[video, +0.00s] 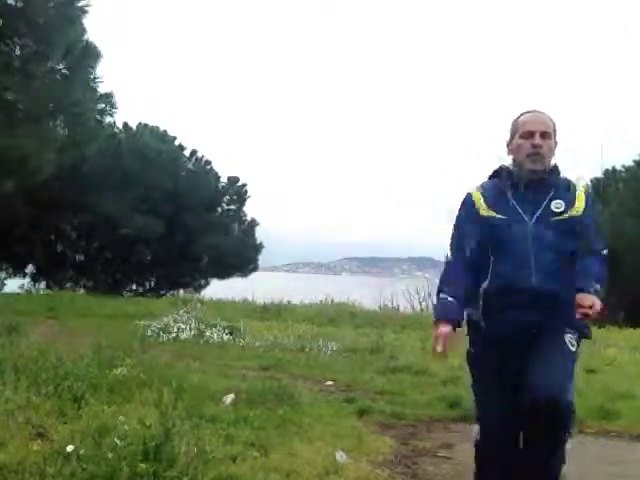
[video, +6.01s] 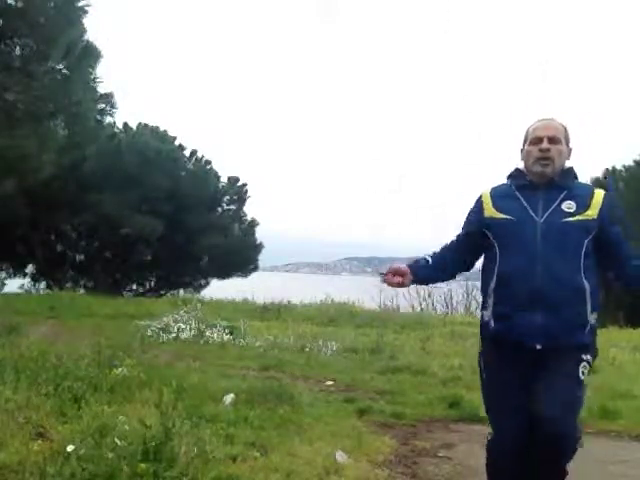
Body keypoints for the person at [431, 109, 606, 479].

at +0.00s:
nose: (537, 143)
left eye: (545, 136)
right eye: (527, 136)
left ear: (555, 145)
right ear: (510, 146)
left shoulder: (577, 198)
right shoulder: (481, 199)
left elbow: (592, 253)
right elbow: (462, 262)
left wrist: (588, 290)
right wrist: (446, 315)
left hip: (554, 327)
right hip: (494, 328)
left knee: (549, 404)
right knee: (495, 430)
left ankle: (540, 472)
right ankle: (495, 476)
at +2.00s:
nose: (543, 130)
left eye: (553, 124)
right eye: (534, 123)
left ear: (566, 135)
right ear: (519, 132)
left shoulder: (587, 188)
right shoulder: (485, 184)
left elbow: (620, 252)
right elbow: (443, 244)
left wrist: (632, 282)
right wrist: (400, 288)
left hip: (562, 329)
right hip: (498, 329)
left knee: (554, 426)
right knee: (502, 433)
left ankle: (551, 473)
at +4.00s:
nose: (559, 127)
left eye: (565, 122)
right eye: (548, 122)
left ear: (573, 133)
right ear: (526, 134)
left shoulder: (591, 186)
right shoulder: (493, 185)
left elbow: (621, 251)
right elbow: (456, 244)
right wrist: (413, 283)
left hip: (572, 333)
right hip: (508, 333)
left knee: (572, 437)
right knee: (509, 445)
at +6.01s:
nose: (544, 147)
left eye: (553, 142)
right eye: (536, 142)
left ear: (568, 153)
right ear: (523, 152)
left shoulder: (596, 203)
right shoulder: (492, 202)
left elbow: (626, 266)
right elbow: (458, 255)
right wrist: (412, 272)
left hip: (566, 345)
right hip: (503, 344)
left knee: (556, 435)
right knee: (508, 440)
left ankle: (547, 473)